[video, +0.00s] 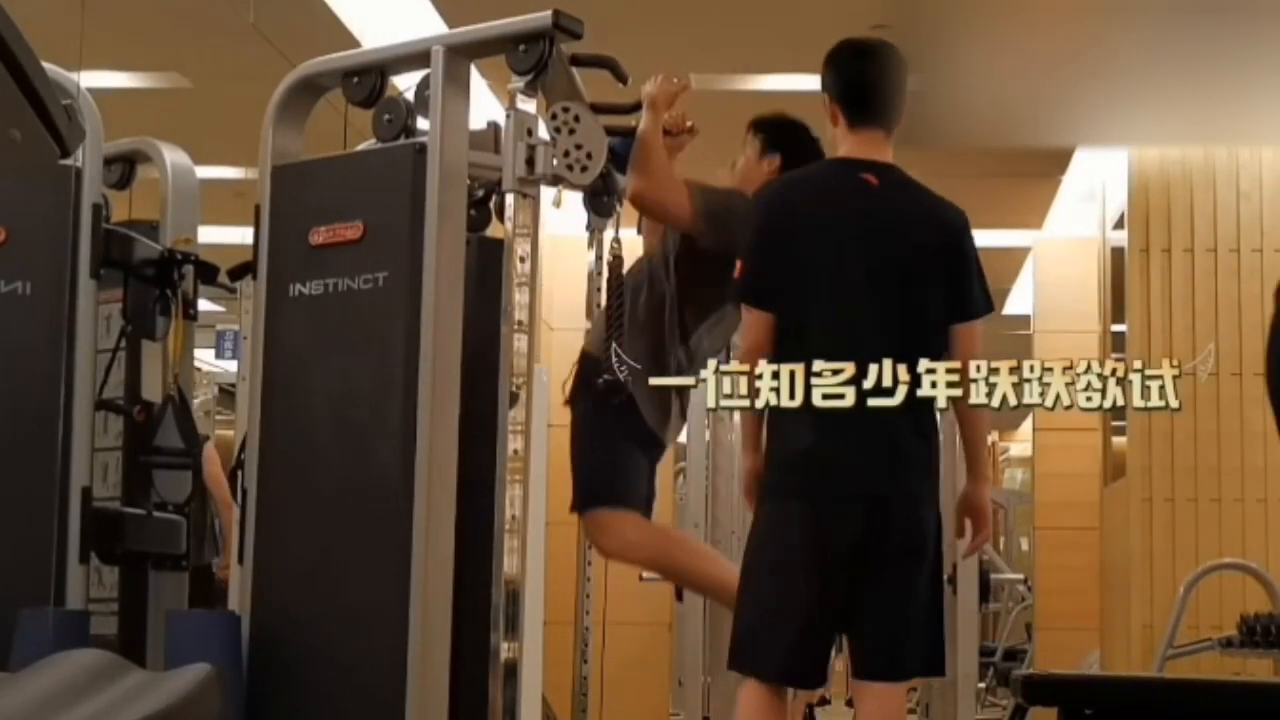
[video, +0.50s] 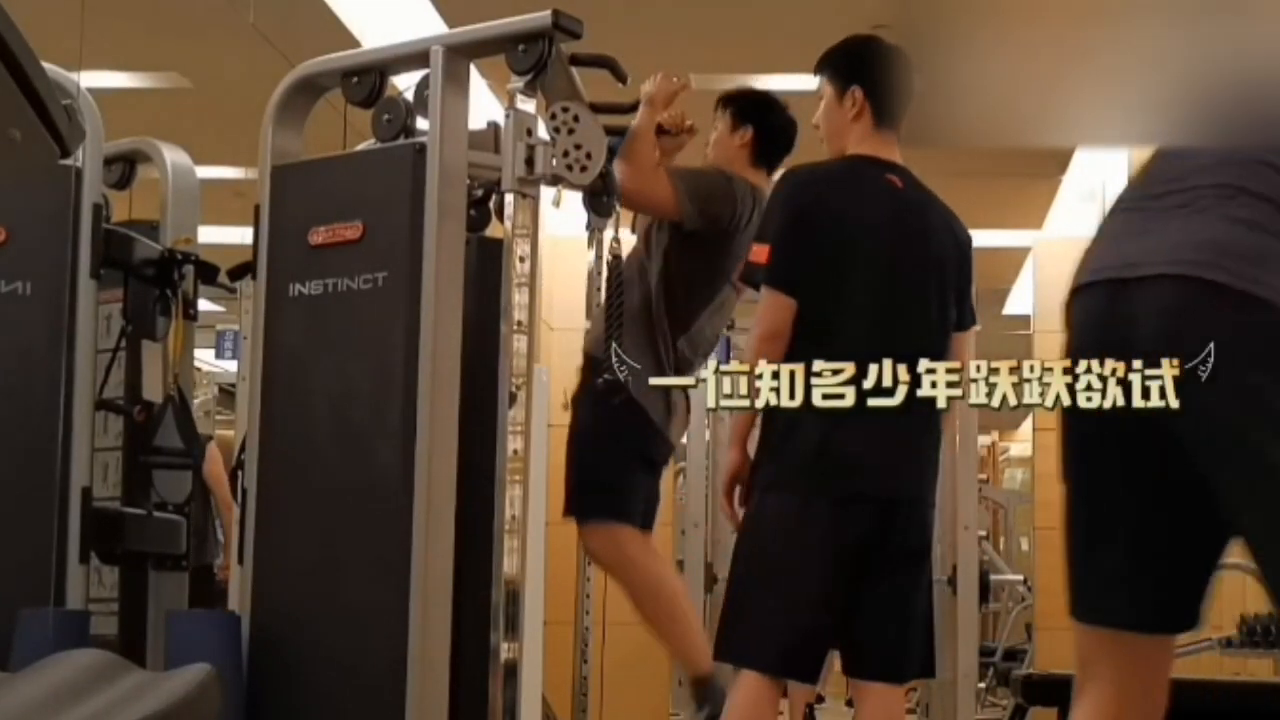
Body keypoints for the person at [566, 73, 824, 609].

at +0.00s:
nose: (736, 169)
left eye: (745, 158)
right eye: (739, 158)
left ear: (772, 162)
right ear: (783, 169)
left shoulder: (749, 213)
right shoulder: (755, 220)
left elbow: (648, 189)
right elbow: (659, 244)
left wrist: (651, 116)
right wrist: (662, 157)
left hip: (623, 373)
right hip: (635, 376)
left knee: (613, 530)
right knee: (619, 529)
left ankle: (759, 600)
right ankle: (759, 600)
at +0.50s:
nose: (709, 136)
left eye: (718, 126)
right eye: (713, 127)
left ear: (742, 136)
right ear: (760, 145)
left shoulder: (727, 191)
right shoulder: (737, 196)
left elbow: (636, 185)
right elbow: (647, 191)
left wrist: (645, 115)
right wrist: (663, 136)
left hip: (630, 378)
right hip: (644, 380)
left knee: (608, 533)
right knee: (621, 537)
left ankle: (706, 678)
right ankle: (704, 677)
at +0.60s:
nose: (699, 174)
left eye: (709, 161)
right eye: (703, 163)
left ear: (735, 169)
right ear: (747, 176)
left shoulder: (721, 221)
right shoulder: (732, 234)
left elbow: (635, 189)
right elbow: (653, 253)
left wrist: (646, 117)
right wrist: (662, 152)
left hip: (639, 416)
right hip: (661, 417)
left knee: (612, 588)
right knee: (644, 590)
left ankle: (644, 718)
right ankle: (661, 715)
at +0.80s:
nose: (686, 229)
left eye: (698, 217)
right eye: (687, 219)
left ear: (731, 231)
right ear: (703, 233)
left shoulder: (729, 287)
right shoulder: (706, 294)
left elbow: (652, 211)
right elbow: (647, 243)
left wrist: (651, 124)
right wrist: (658, 153)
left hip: (679, 504)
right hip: (672, 500)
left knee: (586, 647)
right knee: (604, 652)